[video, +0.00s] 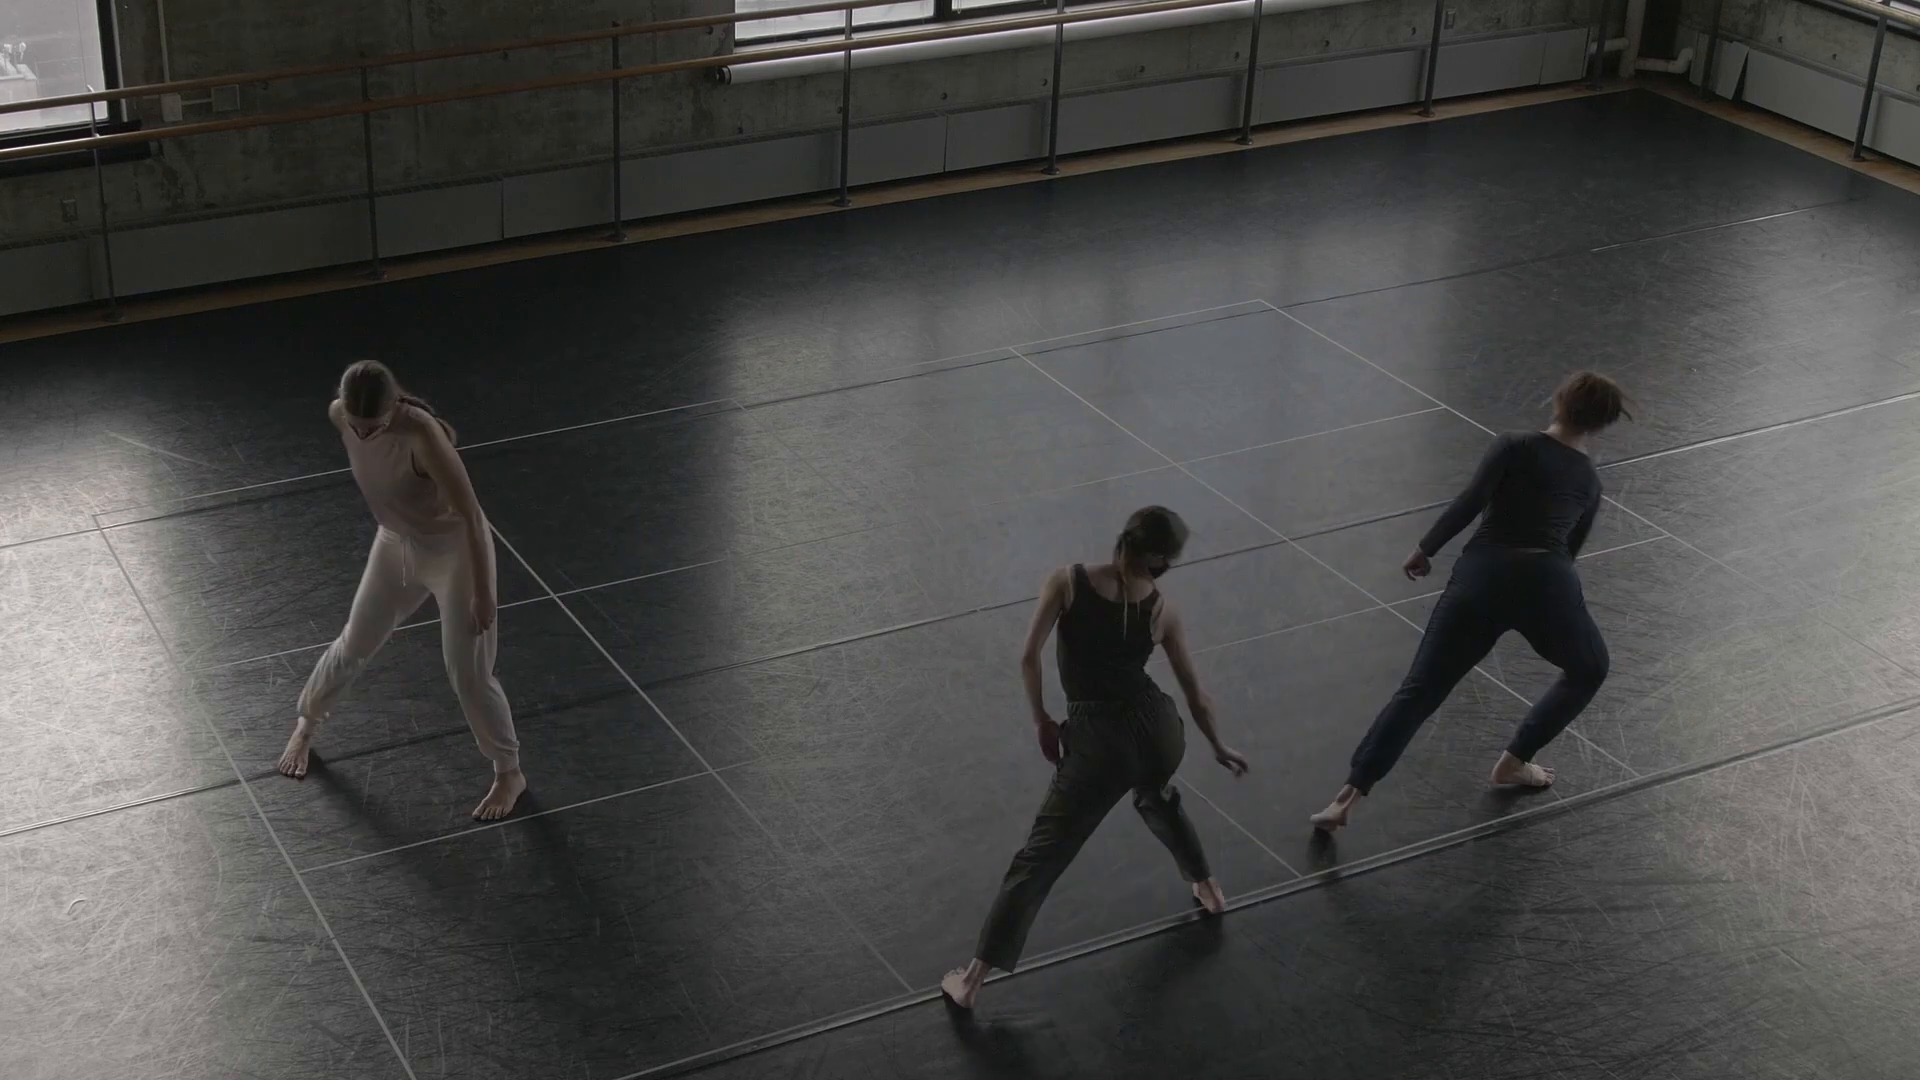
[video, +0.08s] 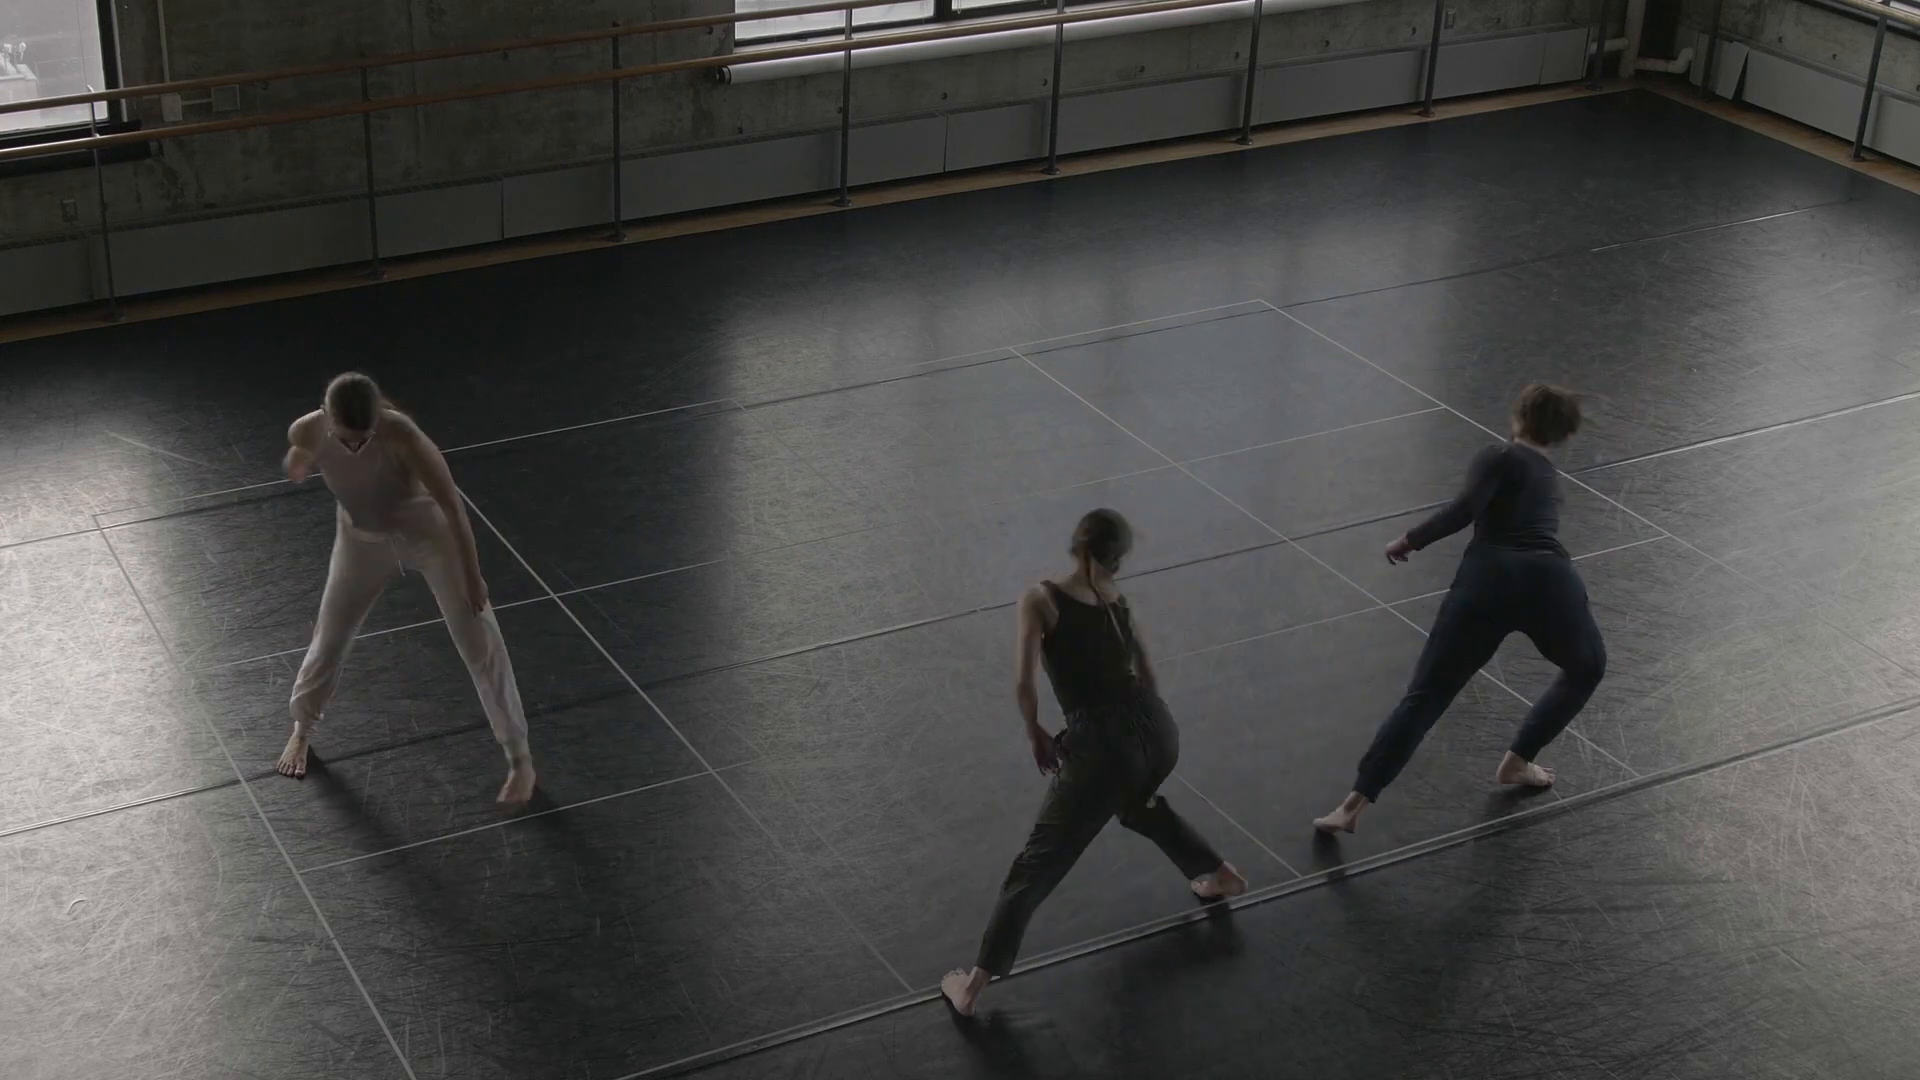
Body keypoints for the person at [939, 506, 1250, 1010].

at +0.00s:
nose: (1163, 570)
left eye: (1165, 562)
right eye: (1164, 563)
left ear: (1123, 541)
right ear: (1160, 559)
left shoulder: (1069, 581)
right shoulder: (1159, 607)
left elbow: (1030, 656)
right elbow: (1196, 695)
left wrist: (1041, 721)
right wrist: (1219, 746)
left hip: (1098, 746)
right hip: (1160, 734)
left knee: (1039, 855)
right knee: (1156, 795)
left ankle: (972, 980)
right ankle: (1207, 889)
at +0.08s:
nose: (1115, 563)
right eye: (1117, 556)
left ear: (1075, 547)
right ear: (1116, 556)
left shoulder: (1040, 599)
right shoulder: (1118, 603)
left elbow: (1024, 682)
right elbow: (1145, 677)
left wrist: (1037, 735)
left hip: (1098, 753)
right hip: (1154, 738)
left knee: (1035, 864)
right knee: (1137, 805)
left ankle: (974, 986)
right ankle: (1219, 875)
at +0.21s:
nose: (994, 581)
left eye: (996, 575)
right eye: (999, 574)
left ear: (999, 580)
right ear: (1044, 578)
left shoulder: (1006, 630)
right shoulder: (1067, 620)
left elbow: (1001, 720)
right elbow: (1075, 697)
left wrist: (1002, 748)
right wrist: (1037, 752)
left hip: (1103, 754)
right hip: (1151, 734)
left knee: (1039, 863)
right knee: (1130, 821)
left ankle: (975, 986)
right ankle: (1230, 865)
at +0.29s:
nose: (968, 616)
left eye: (967, 609)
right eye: (967, 609)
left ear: (973, 612)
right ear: (1013, 602)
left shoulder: (985, 650)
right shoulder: (1046, 638)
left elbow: (969, 738)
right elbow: (1021, 729)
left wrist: (956, 756)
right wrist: (996, 784)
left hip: (1091, 733)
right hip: (1141, 722)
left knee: (1038, 858)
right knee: (1124, 826)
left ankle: (975, 983)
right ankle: (1229, 865)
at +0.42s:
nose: (932, 641)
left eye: (933, 634)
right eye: (933, 634)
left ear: (943, 636)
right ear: (976, 629)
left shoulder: (946, 668)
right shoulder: (1011, 651)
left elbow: (912, 741)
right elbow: (1015, 734)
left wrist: (888, 756)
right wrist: (993, 800)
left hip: (1059, 719)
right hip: (1111, 711)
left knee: (1025, 844)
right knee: (1113, 830)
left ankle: (974, 976)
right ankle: (1225, 855)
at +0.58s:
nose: (901, 634)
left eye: (900, 627)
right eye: (906, 625)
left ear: (906, 625)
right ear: (940, 611)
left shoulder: (908, 648)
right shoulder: (979, 627)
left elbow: (886, 720)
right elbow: (1002, 672)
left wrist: (873, 766)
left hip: (998, 699)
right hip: (1045, 684)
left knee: (992, 823)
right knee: (1100, 799)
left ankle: (973, 947)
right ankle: (1219, 851)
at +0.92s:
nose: (857, 606)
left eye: (855, 599)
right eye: (855, 599)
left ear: (862, 590)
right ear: (890, 569)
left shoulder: (865, 604)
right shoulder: (934, 578)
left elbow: (861, 699)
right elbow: (963, 625)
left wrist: (874, 768)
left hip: (935, 655)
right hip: (988, 638)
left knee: (953, 781)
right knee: (1054, 754)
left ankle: (971, 882)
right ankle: (1138, 846)